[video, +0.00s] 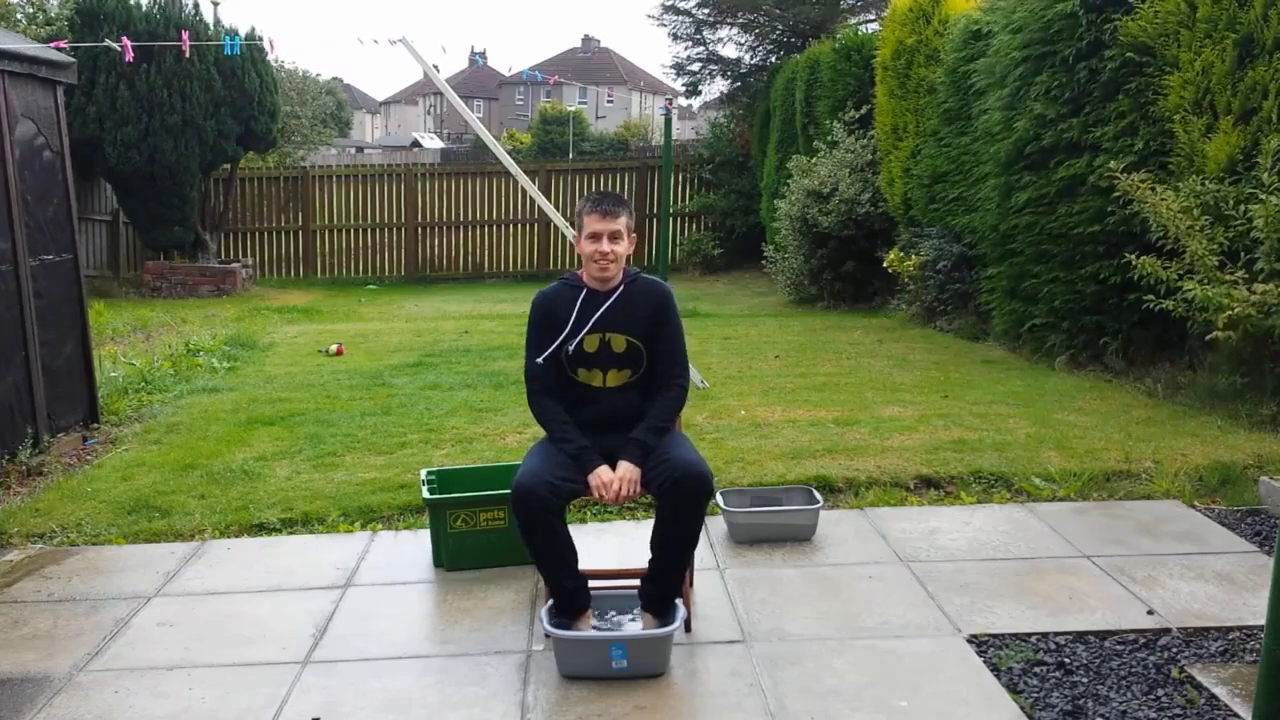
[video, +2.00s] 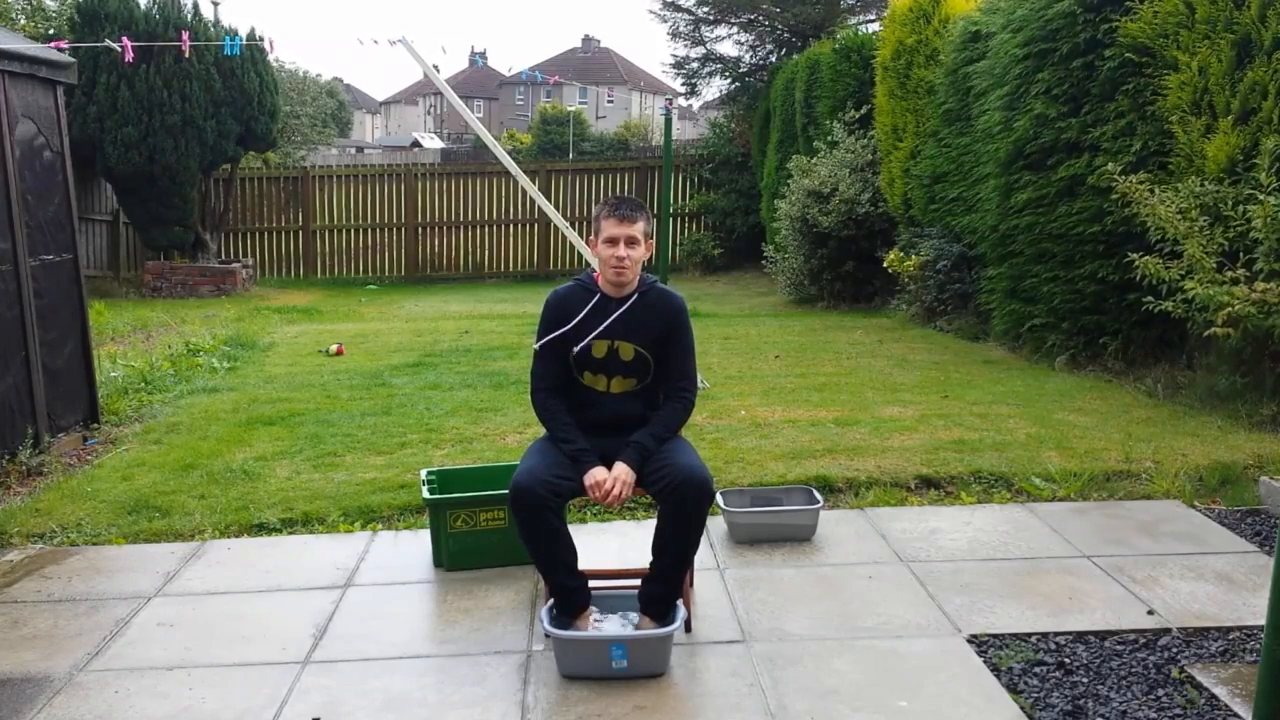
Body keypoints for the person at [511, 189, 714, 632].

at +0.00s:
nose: (604, 248)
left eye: (615, 238)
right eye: (593, 238)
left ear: (631, 244)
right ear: (577, 242)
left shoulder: (655, 297)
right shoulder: (550, 304)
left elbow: (673, 385)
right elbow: (541, 394)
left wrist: (634, 455)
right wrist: (589, 461)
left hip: (646, 433)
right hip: (573, 437)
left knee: (692, 479)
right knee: (528, 491)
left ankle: (658, 600)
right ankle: (572, 604)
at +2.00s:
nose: (620, 253)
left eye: (631, 243)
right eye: (610, 242)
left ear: (648, 250)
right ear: (593, 247)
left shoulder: (668, 308)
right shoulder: (563, 303)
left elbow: (681, 395)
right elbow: (545, 393)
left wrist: (632, 458)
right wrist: (587, 462)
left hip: (649, 435)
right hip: (575, 437)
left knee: (693, 485)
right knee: (527, 490)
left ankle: (656, 607)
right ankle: (574, 606)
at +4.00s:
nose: (616, 250)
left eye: (628, 240)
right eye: (606, 240)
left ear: (645, 248)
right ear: (590, 247)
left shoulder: (666, 307)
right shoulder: (562, 304)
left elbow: (680, 395)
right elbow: (545, 394)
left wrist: (633, 458)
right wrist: (587, 462)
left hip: (648, 436)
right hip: (574, 438)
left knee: (693, 484)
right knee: (527, 489)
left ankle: (658, 604)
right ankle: (571, 602)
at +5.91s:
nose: (592, 251)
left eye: (604, 241)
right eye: (582, 241)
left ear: (620, 249)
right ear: (566, 249)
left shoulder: (648, 303)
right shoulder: (546, 309)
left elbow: (673, 390)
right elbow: (541, 398)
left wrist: (631, 460)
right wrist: (588, 460)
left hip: (644, 435)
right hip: (571, 439)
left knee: (690, 484)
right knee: (528, 489)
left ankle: (657, 605)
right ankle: (572, 604)